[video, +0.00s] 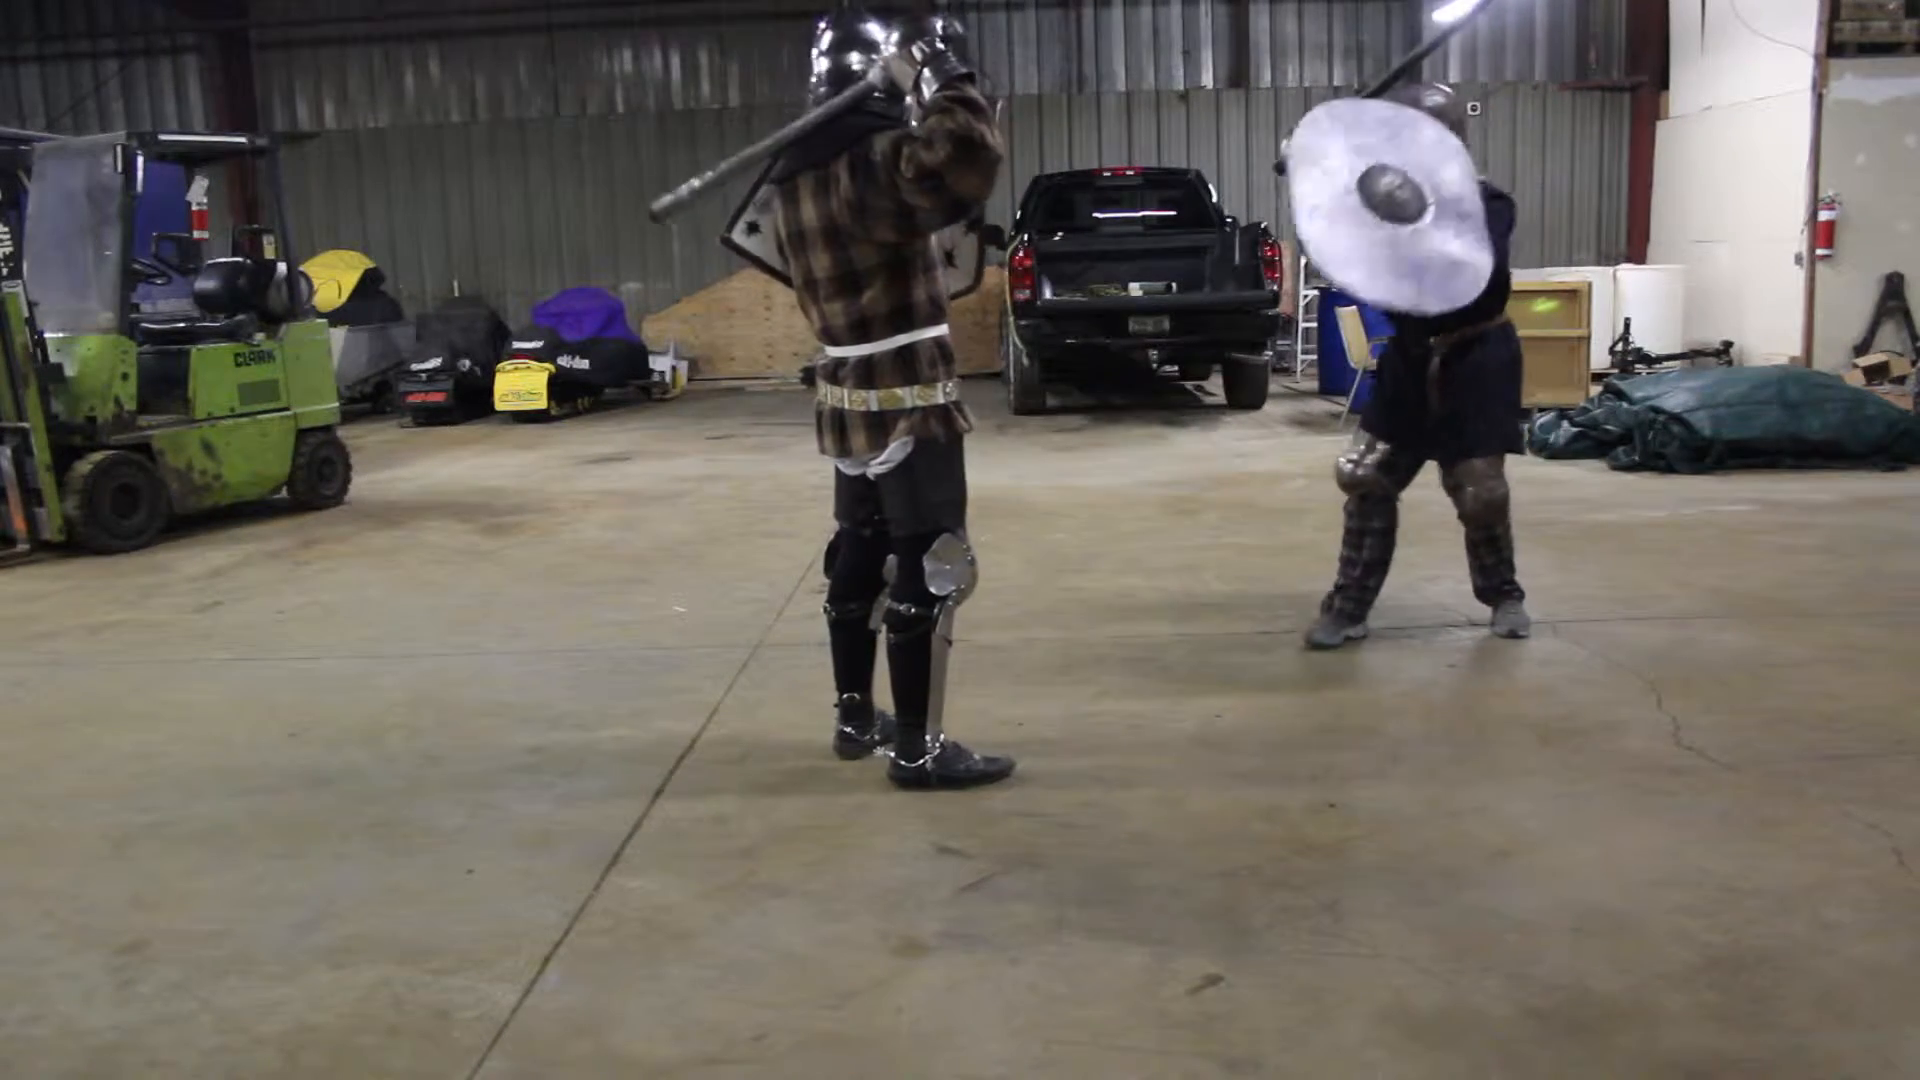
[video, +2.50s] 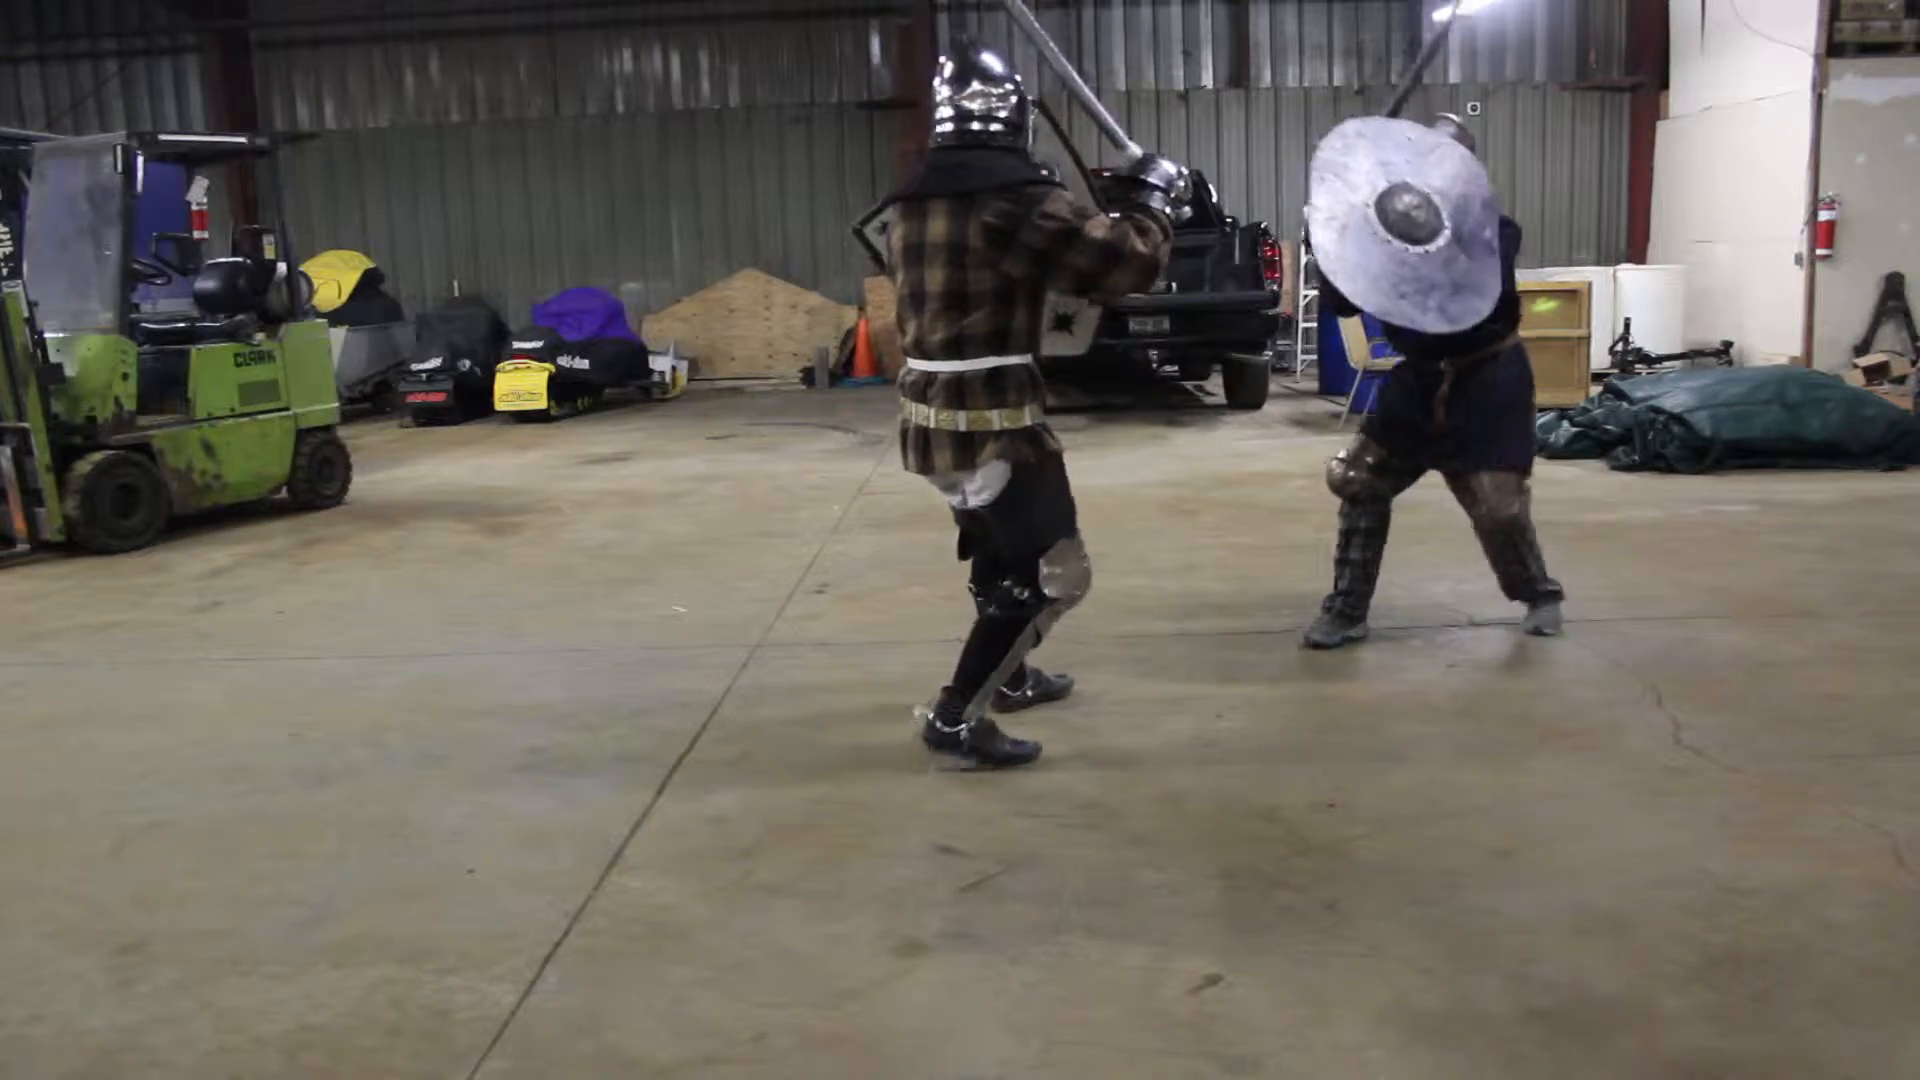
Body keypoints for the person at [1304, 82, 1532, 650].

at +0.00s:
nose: (1425, 144)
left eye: (1437, 132)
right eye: (1414, 133)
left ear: (1458, 136)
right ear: (1401, 137)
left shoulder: (1488, 204)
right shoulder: (1391, 200)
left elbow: (1465, 280)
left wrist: (1417, 217)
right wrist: (1312, 180)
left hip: (1479, 350)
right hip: (1410, 349)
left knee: (1480, 487)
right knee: (1368, 476)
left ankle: (1504, 598)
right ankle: (1347, 607)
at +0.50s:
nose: (1394, 153)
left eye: (1404, 140)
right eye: (1380, 142)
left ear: (1421, 145)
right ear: (1358, 147)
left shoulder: (1444, 212)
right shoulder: (1347, 210)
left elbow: (1447, 303)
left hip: (1439, 359)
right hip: (1365, 360)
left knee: (1462, 498)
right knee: (1328, 481)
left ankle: (1503, 598)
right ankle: (1345, 608)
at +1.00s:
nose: (1374, 156)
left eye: (1387, 143)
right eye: (1363, 143)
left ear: (1413, 148)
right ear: (1353, 147)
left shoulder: (1443, 215)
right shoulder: (1347, 209)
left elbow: (1438, 305)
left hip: (1438, 357)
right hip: (1365, 358)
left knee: (1461, 489)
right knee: (1330, 479)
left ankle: (1504, 597)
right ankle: (1344, 610)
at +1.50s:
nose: (1363, 168)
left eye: (1374, 157)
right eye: (1353, 158)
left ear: (1393, 159)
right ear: (1337, 168)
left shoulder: (1433, 202)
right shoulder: (1322, 211)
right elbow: (1282, 277)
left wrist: (1390, 186)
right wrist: (1259, 211)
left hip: (1433, 352)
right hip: (1356, 354)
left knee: (1464, 490)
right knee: (1331, 484)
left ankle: (1499, 597)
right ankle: (1344, 611)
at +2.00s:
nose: (1403, 147)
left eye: (1416, 133)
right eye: (1390, 137)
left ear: (1435, 142)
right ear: (1373, 149)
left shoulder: (1463, 193)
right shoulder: (1356, 202)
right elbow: (1288, 236)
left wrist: (1432, 127)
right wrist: (1291, 161)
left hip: (1467, 341)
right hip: (1388, 344)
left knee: (1487, 473)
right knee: (1358, 476)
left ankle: (1502, 596)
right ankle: (1347, 608)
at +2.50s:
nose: (1441, 175)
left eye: (1453, 164)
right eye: (1431, 164)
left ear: (1471, 171)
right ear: (1412, 173)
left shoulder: (1492, 231)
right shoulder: (1385, 239)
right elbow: (1339, 300)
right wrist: (1333, 232)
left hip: (1491, 369)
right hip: (1419, 372)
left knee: (1495, 498)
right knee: (1362, 478)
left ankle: (1541, 598)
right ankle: (1347, 610)